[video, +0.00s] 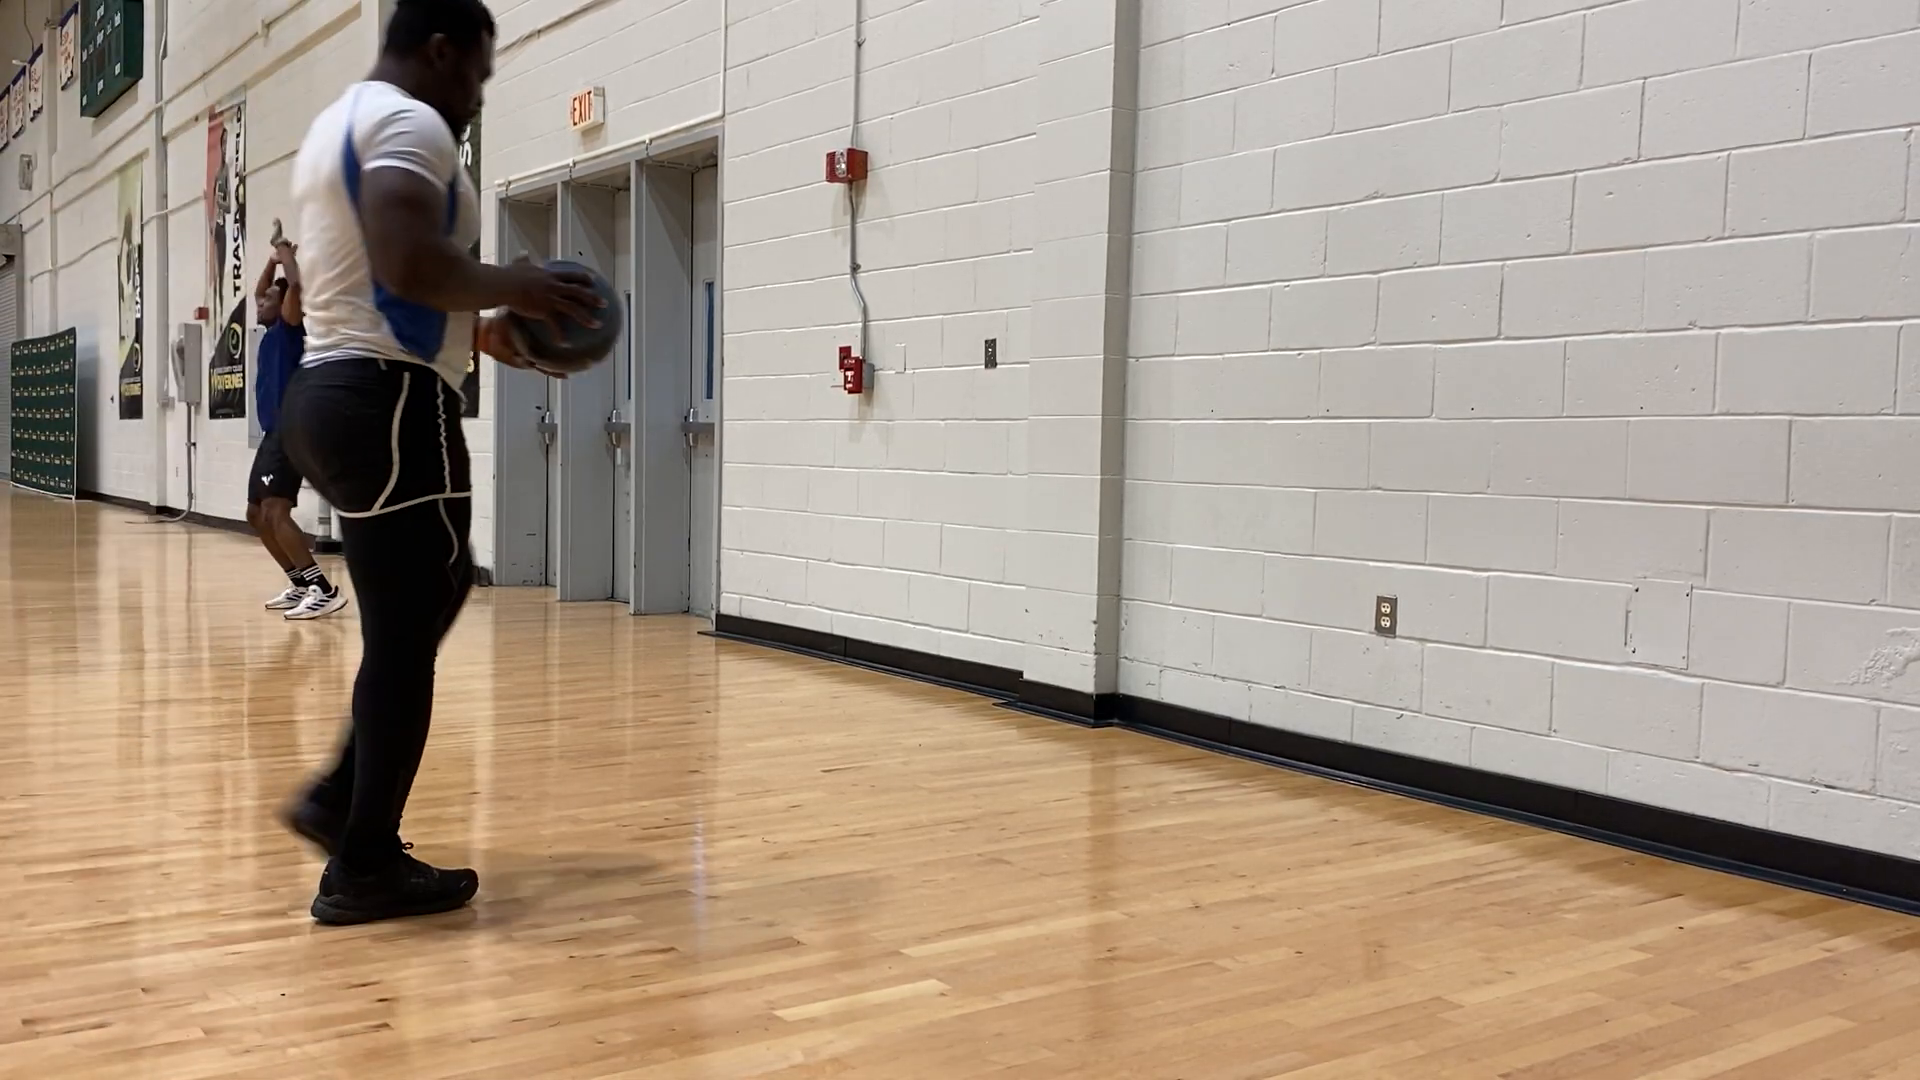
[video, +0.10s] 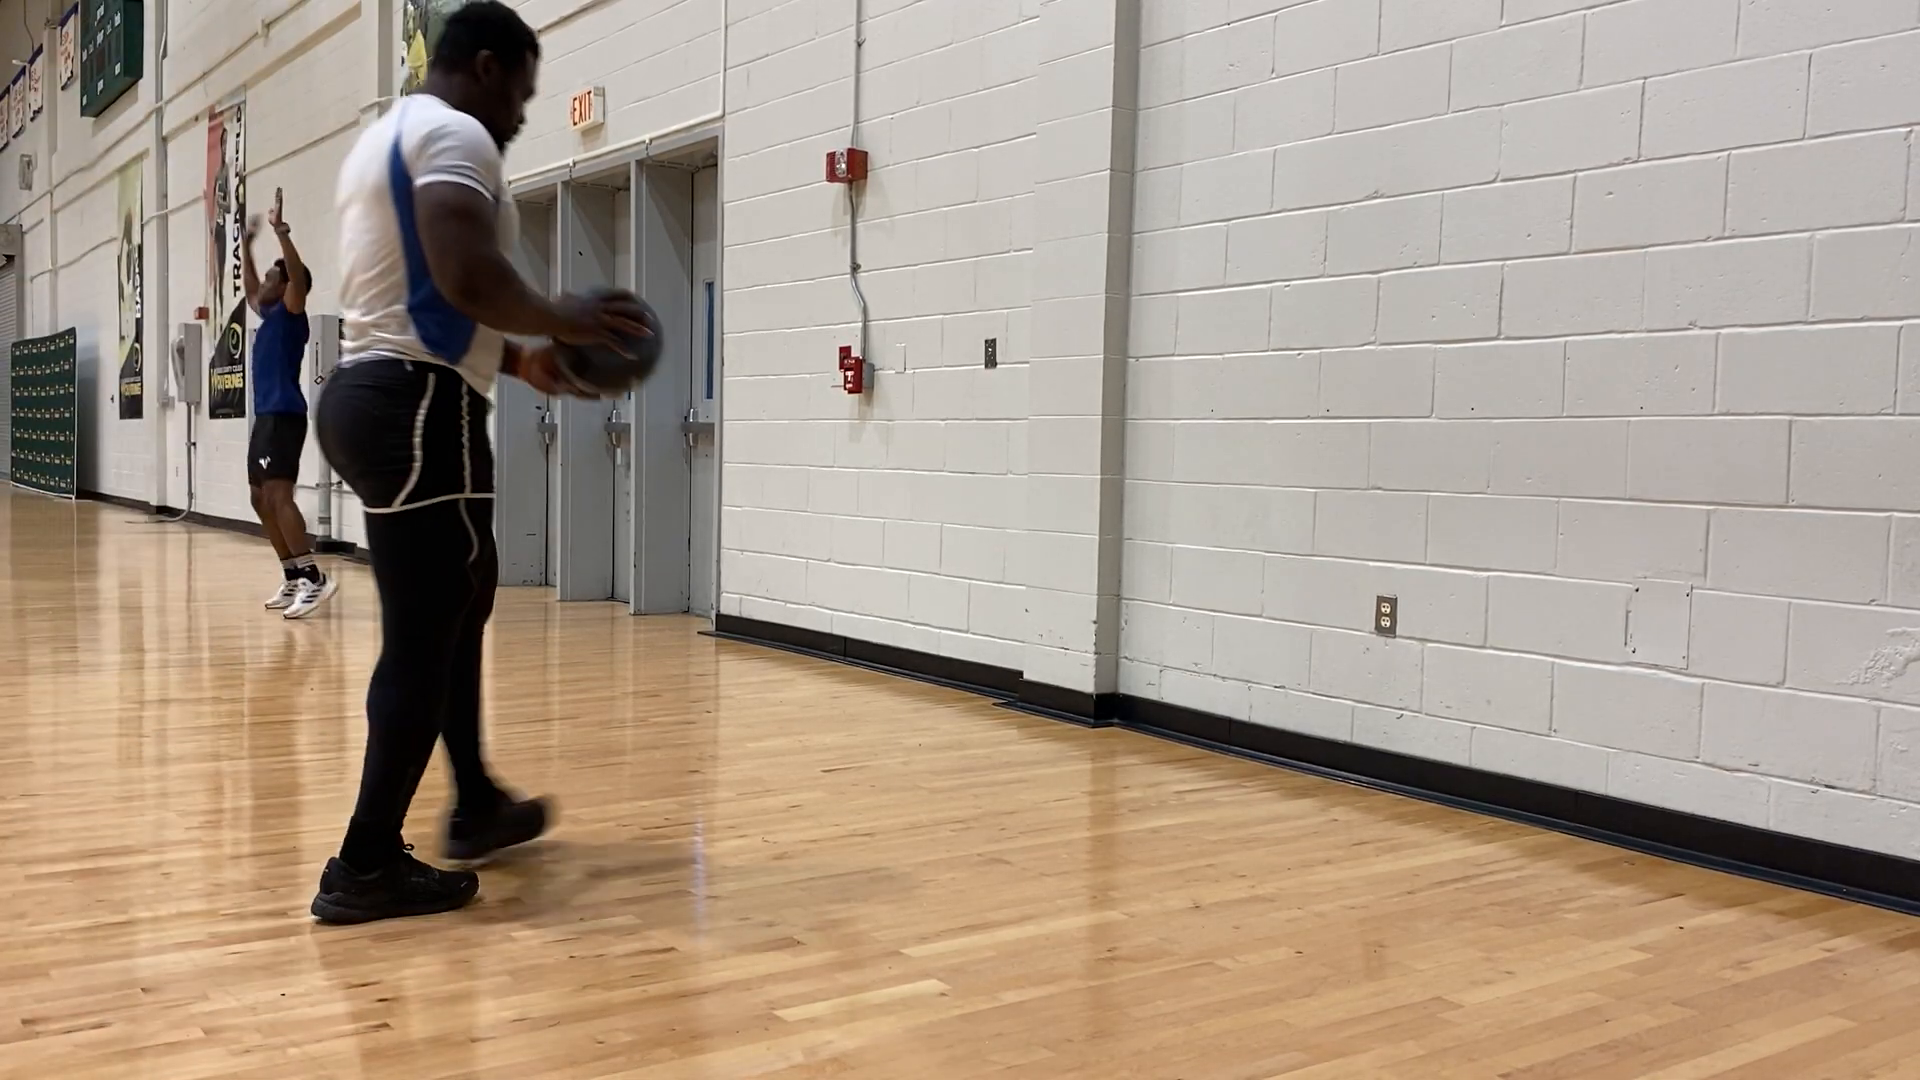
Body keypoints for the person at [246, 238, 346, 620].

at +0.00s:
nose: (263, 301)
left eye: (270, 297)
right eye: (264, 297)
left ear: (286, 300)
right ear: (269, 303)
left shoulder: (291, 323)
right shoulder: (273, 324)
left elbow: (294, 308)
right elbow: (260, 296)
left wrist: (289, 264)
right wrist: (274, 261)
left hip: (289, 425)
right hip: (272, 427)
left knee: (274, 512)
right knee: (256, 515)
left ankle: (320, 588)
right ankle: (300, 583)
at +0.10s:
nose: (265, 280)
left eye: (272, 275)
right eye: (266, 275)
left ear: (284, 284)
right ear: (270, 285)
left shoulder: (290, 312)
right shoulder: (269, 314)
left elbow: (297, 277)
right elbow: (252, 288)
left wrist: (281, 231)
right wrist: (245, 246)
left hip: (284, 414)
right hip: (265, 414)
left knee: (278, 496)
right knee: (260, 498)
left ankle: (314, 578)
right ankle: (293, 578)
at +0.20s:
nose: (257, 269)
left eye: (265, 264)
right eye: (260, 263)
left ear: (282, 271)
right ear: (268, 271)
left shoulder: (288, 300)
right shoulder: (265, 311)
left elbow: (306, 304)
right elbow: (246, 314)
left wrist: (280, 271)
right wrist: (221, 284)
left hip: (279, 399)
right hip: (260, 401)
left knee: (274, 481)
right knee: (258, 483)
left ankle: (302, 569)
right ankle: (284, 566)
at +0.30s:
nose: (250, 270)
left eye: (257, 266)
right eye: (253, 264)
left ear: (275, 275)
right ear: (267, 275)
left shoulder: (282, 305)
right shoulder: (263, 311)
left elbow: (305, 344)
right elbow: (257, 359)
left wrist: (281, 353)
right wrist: (222, 359)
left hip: (276, 405)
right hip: (258, 405)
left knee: (265, 487)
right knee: (253, 488)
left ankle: (287, 573)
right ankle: (279, 571)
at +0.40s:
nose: (242, 295)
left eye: (250, 290)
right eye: (245, 289)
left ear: (266, 300)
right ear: (261, 300)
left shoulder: (278, 337)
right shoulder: (257, 338)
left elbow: (299, 389)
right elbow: (258, 396)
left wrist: (274, 423)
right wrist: (236, 427)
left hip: (276, 431)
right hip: (255, 430)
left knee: (246, 508)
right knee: (239, 511)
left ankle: (288, 586)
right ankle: (284, 584)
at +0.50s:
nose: (240, 296)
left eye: (247, 292)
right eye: (242, 290)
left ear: (264, 302)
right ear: (260, 303)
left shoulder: (274, 339)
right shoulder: (255, 340)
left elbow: (291, 392)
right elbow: (256, 403)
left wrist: (262, 429)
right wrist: (228, 432)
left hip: (273, 435)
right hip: (255, 435)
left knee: (245, 511)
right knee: (236, 514)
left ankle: (288, 587)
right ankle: (284, 586)